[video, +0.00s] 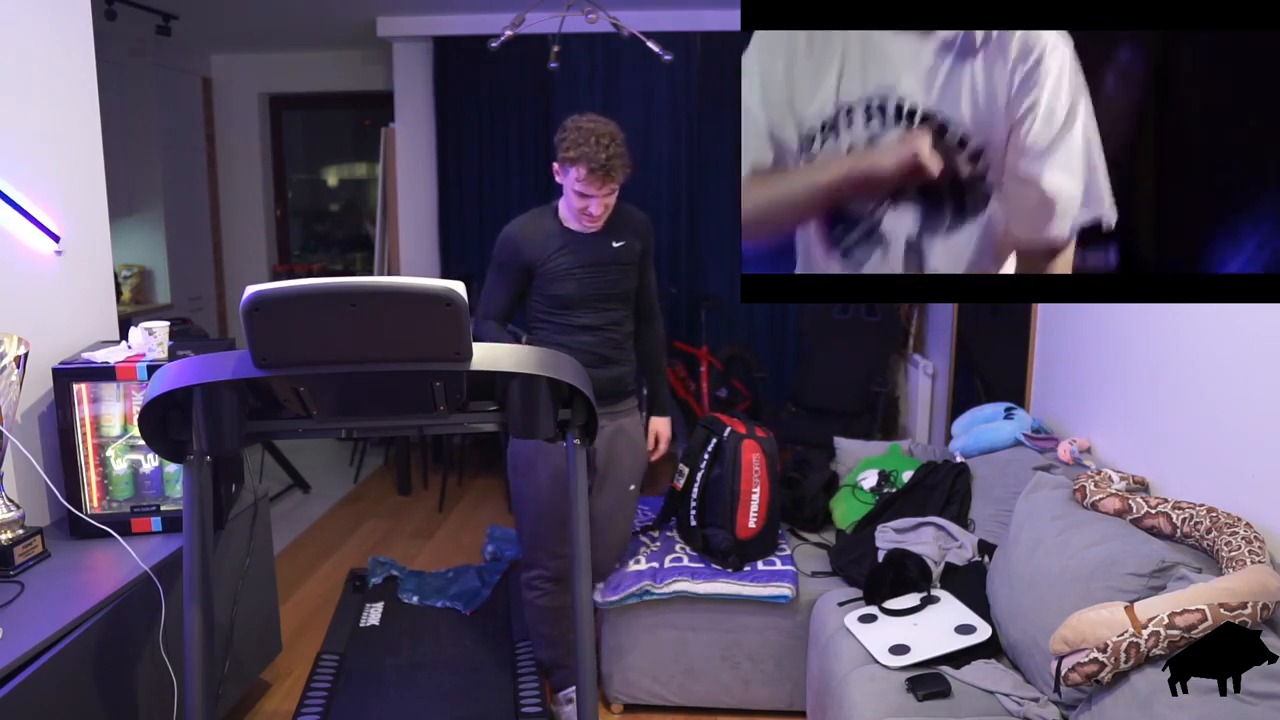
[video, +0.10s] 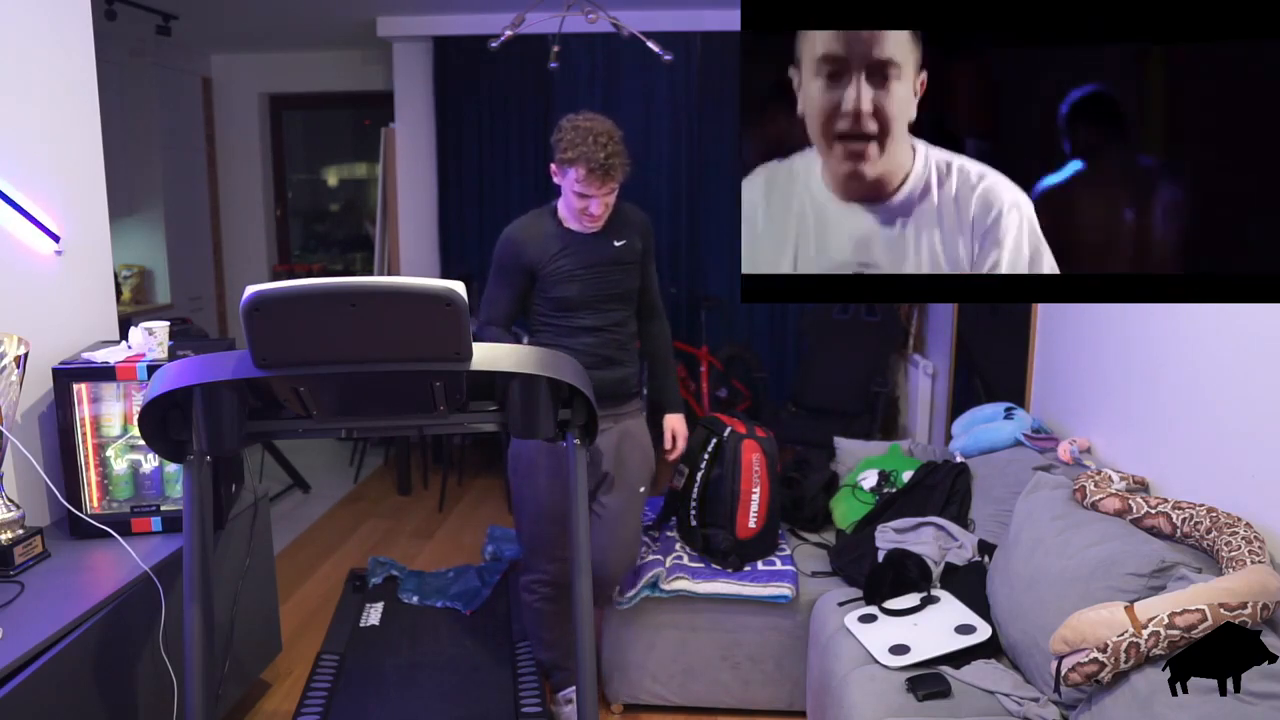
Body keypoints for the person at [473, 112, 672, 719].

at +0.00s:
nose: (597, 208)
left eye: (608, 195)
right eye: (585, 195)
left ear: (622, 181)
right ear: (558, 175)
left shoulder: (635, 231)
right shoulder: (523, 238)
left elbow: (649, 321)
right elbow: (489, 327)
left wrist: (660, 405)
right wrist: (529, 382)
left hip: (622, 419)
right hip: (545, 424)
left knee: (605, 556)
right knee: (554, 564)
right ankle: (565, 685)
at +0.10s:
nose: (596, 207)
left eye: (606, 195)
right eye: (584, 196)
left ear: (620, 180)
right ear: (557, 176)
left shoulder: (634, 229)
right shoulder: (524, 239)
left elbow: (653, 321)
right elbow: (492, 329)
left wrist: (670, 404)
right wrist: (523, 392)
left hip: (625, 426)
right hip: (547, 431)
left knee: (609, 570)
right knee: (551, 570)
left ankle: (539, 640)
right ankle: (564, 689)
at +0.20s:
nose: (602, 206)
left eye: (611, 193)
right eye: (589, 195)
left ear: (624, 178)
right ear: (559, 176)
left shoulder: (636, 228)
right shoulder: (525, 240)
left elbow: (657, 315)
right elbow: (496, 333)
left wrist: (681, 393)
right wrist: (518, 402)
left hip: (631, 427)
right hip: (552, 432)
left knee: (620, 569)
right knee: (556, 572)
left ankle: (564, 638)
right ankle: (566, 690)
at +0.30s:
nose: (617, 202)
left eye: (624, 189)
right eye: (603, 192)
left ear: (634, 176)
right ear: (567, 177)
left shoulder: (643, 227)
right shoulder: (530, 240)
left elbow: (663, 308)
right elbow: (498, 333)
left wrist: (686, 376)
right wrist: (531, 390)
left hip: (640, 425)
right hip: (559, 433)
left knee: (644, 567)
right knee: (561, 575)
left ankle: (589, 647)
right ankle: (563, 691)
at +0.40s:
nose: (626, 207)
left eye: (636, 194)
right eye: (613, 195)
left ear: (646, 179)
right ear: (579, 175)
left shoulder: (654, 228)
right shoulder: (537, 240)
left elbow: (671, 307)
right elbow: (502, 335)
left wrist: (687, 356)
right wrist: (559, 366)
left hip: (651, 427)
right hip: (570, 435)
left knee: (668, 568)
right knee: (564, 576)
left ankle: (623, 677)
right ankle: (565, 694)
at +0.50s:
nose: (631, 214)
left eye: (645, 202)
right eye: (619, 199)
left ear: (660, 184)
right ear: (594, 173)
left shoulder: (670, 229)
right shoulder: (550, 241)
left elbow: (690, 314)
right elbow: (511, 332)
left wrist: (691, 332)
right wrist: (562, 359)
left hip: (662, 430)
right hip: (579, 437)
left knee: (687, 574)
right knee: (569, 584)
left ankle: (690, 709)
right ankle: (567, 700)